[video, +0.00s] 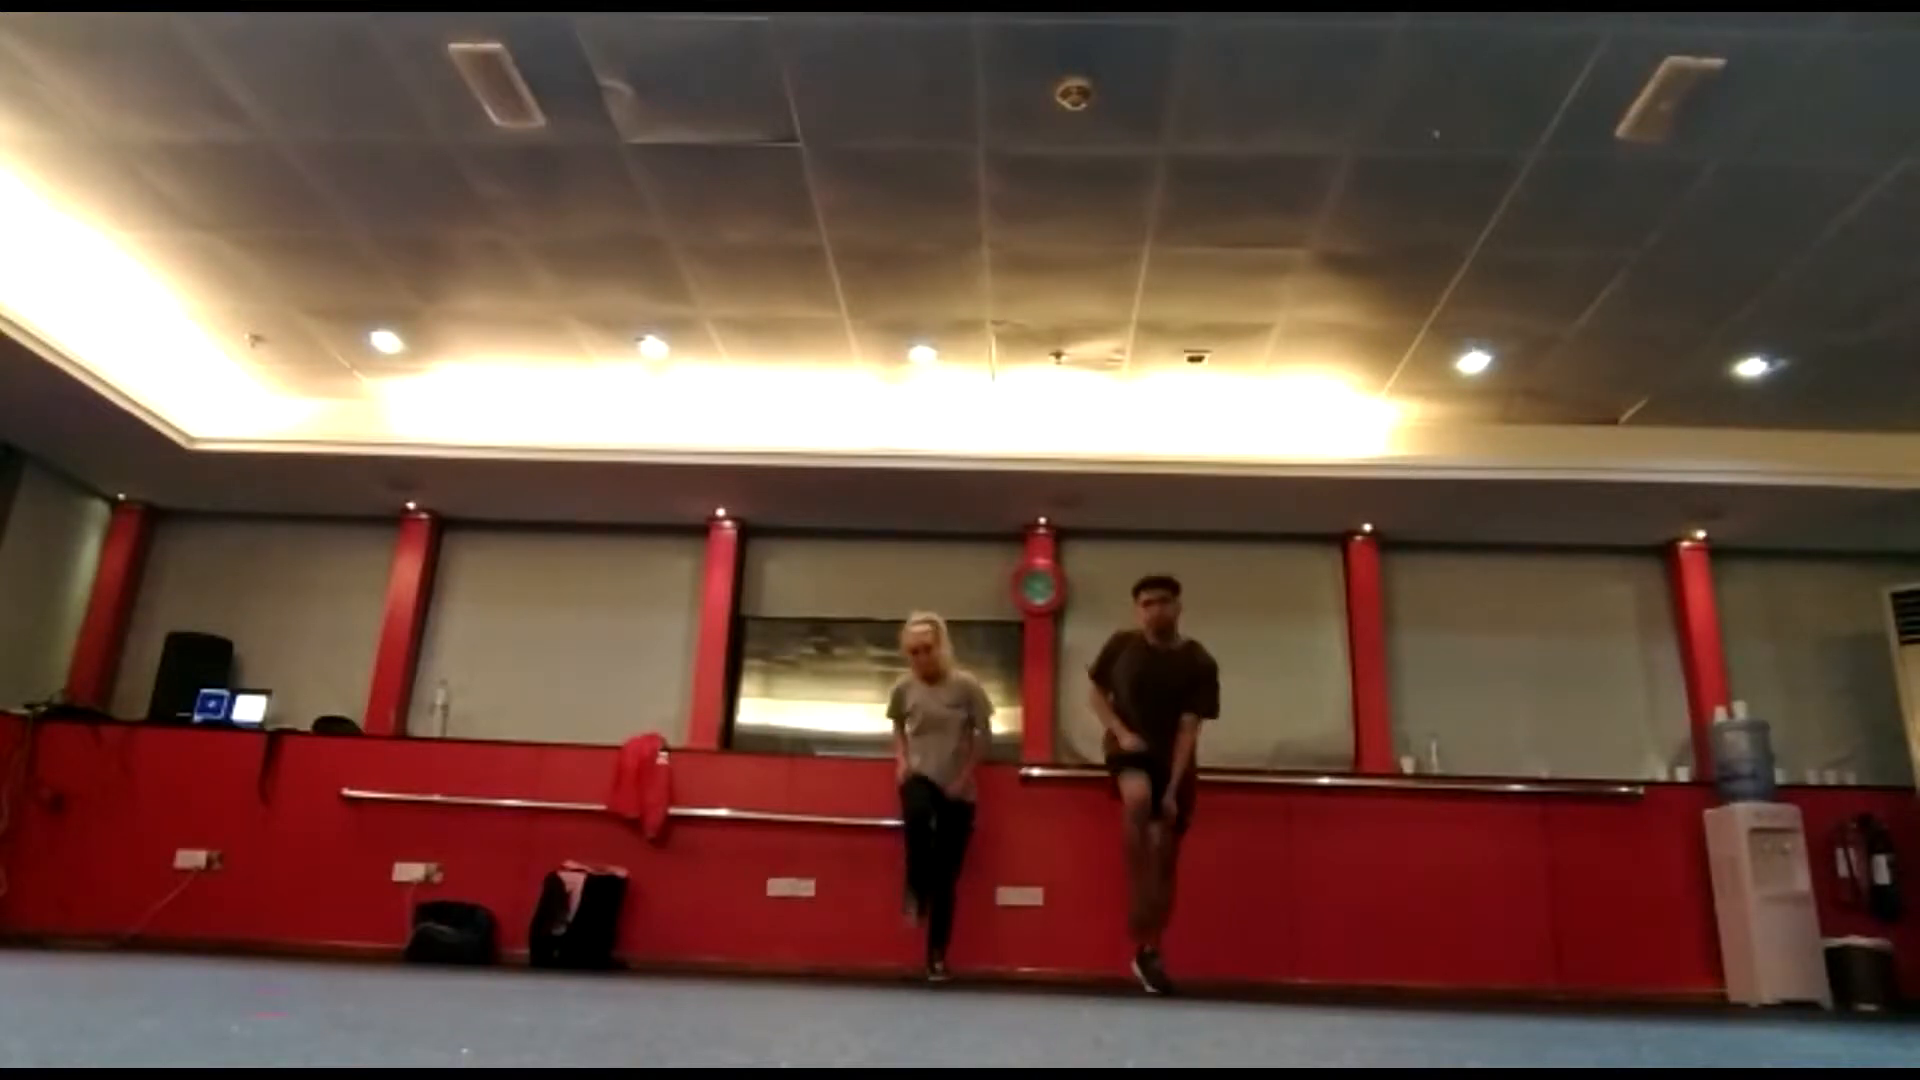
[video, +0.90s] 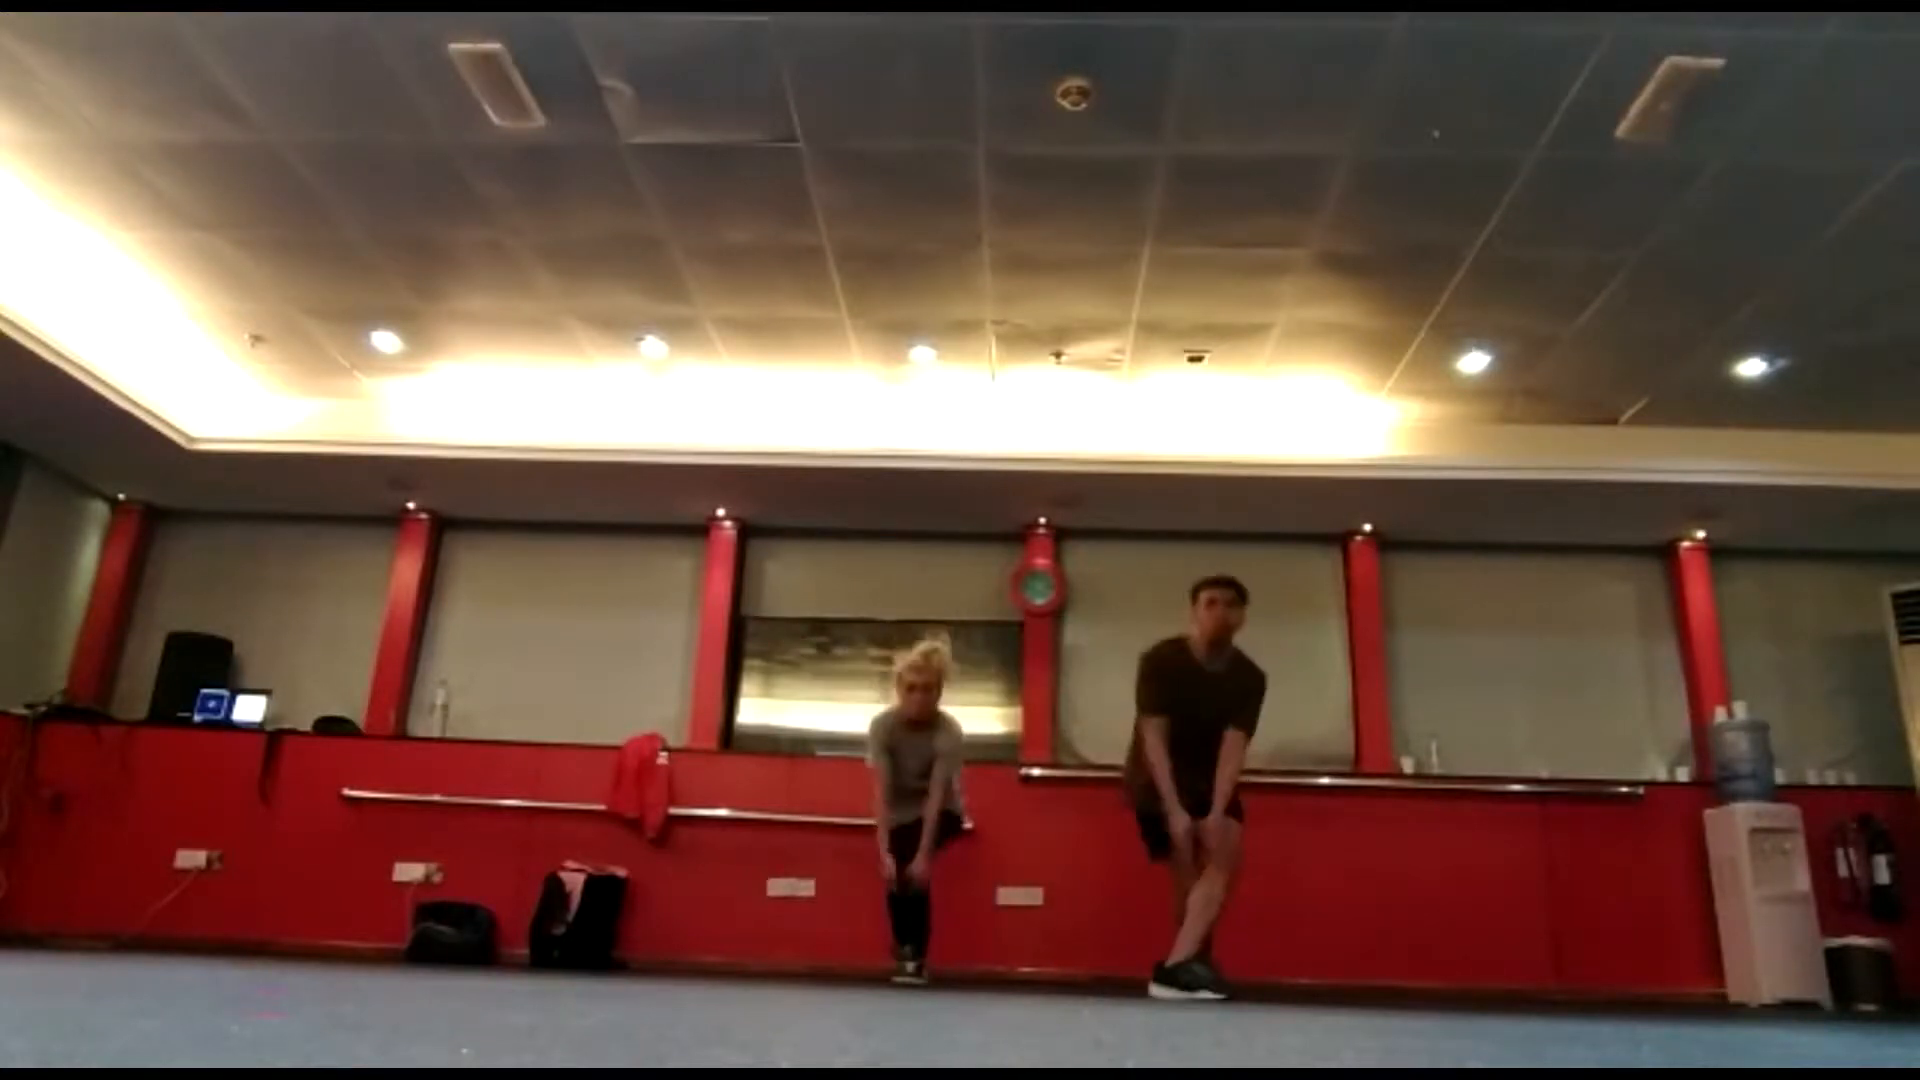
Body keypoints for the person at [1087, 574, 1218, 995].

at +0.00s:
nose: (1154, 610)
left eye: (1162, 602)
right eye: (1147, 603)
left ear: (1177, 607)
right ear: (1137, 609)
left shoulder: (1197, 660)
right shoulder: (1122, 646)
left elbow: (1188, 730)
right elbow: (1097, 692)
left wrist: (1172, 788)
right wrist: (1120, 732)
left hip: (1173, 754)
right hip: (1131, 745)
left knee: (1162, 846)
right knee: (1137, 797)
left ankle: (1151, 948)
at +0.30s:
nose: (1122, 647)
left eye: (1129, 637)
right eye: (1113, 641)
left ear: (1145, 638)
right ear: (1105, 648)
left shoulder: (1187, 670)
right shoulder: (1118, 698)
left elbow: (1249, 695)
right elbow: (1119, 753)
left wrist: (1200, 731)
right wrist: (1143, 766)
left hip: (1210, 783)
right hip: (1162, 785)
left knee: (1191, 879)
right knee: (1170, 845)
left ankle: (1153, 950)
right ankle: (1188, 958)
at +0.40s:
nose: (1132, 614)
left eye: (1138, 603)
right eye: (1124, 608)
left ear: (1156, 604)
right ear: (1116, 616)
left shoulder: (1198, 636)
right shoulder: (1122, 666)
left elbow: (1250, 665)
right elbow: (1111, 728)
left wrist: (1219, 708)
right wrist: (1158, 734)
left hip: (1216, 759)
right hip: (1165, 764)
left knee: (1223, 852)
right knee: (1176, 844)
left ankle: (1196, 880)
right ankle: (1188, 959)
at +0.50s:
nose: (1147, 592)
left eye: (1153, 581)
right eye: (1138, 584)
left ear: (1171, 582)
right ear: (1128, 591)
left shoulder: (1206, 615)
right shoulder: (1126, 640)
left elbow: (1256, 630)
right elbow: (1070, 676)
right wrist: (1104, 701)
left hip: (1218, 742)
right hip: (1166, 751)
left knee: (1234, 821)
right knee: (1179, 845)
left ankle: (1232, 834)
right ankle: (1188, 960)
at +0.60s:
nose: (1178, 578)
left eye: (1185, 569)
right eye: (1169, 569)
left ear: (1198, 575)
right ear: (1154, 576)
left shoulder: (1221, 613)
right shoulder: (1128, 623)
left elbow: (1284, 609)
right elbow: (1061, 622)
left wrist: (1341, 597)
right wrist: (998, 605)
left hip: (1215, 736)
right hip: (1163, 746)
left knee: (1233, 777)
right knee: (1184, 852)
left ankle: (1245, 866)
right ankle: (1192, 965)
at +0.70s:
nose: (1191, 581)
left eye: (1199, 573)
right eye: (1182, 573)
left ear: (1210, 581)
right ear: (1164, 580)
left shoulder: (1229, 628)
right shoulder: (1138, 629)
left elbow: (1283, 657)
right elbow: (1083, 662)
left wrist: (1325, 673)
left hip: (1212, 749)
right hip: (1158, 753)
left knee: (1235, 800)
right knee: (1188, 850)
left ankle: (1211, 936)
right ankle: (1203, 954)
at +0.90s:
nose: (1218, 614)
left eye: (1228, 606)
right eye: (1210, 604)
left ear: (1241, 618)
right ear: (1193, 611)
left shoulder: (1248, 676)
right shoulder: (1161, 661)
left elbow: (1233, 747)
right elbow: (1153, 739)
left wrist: (1217, 809)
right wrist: (1173, 808)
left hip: (1211, 777)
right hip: (1161, 776)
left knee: (1224, 853)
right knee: (1186, 870)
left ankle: (1178, 960)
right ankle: (1194, 962)